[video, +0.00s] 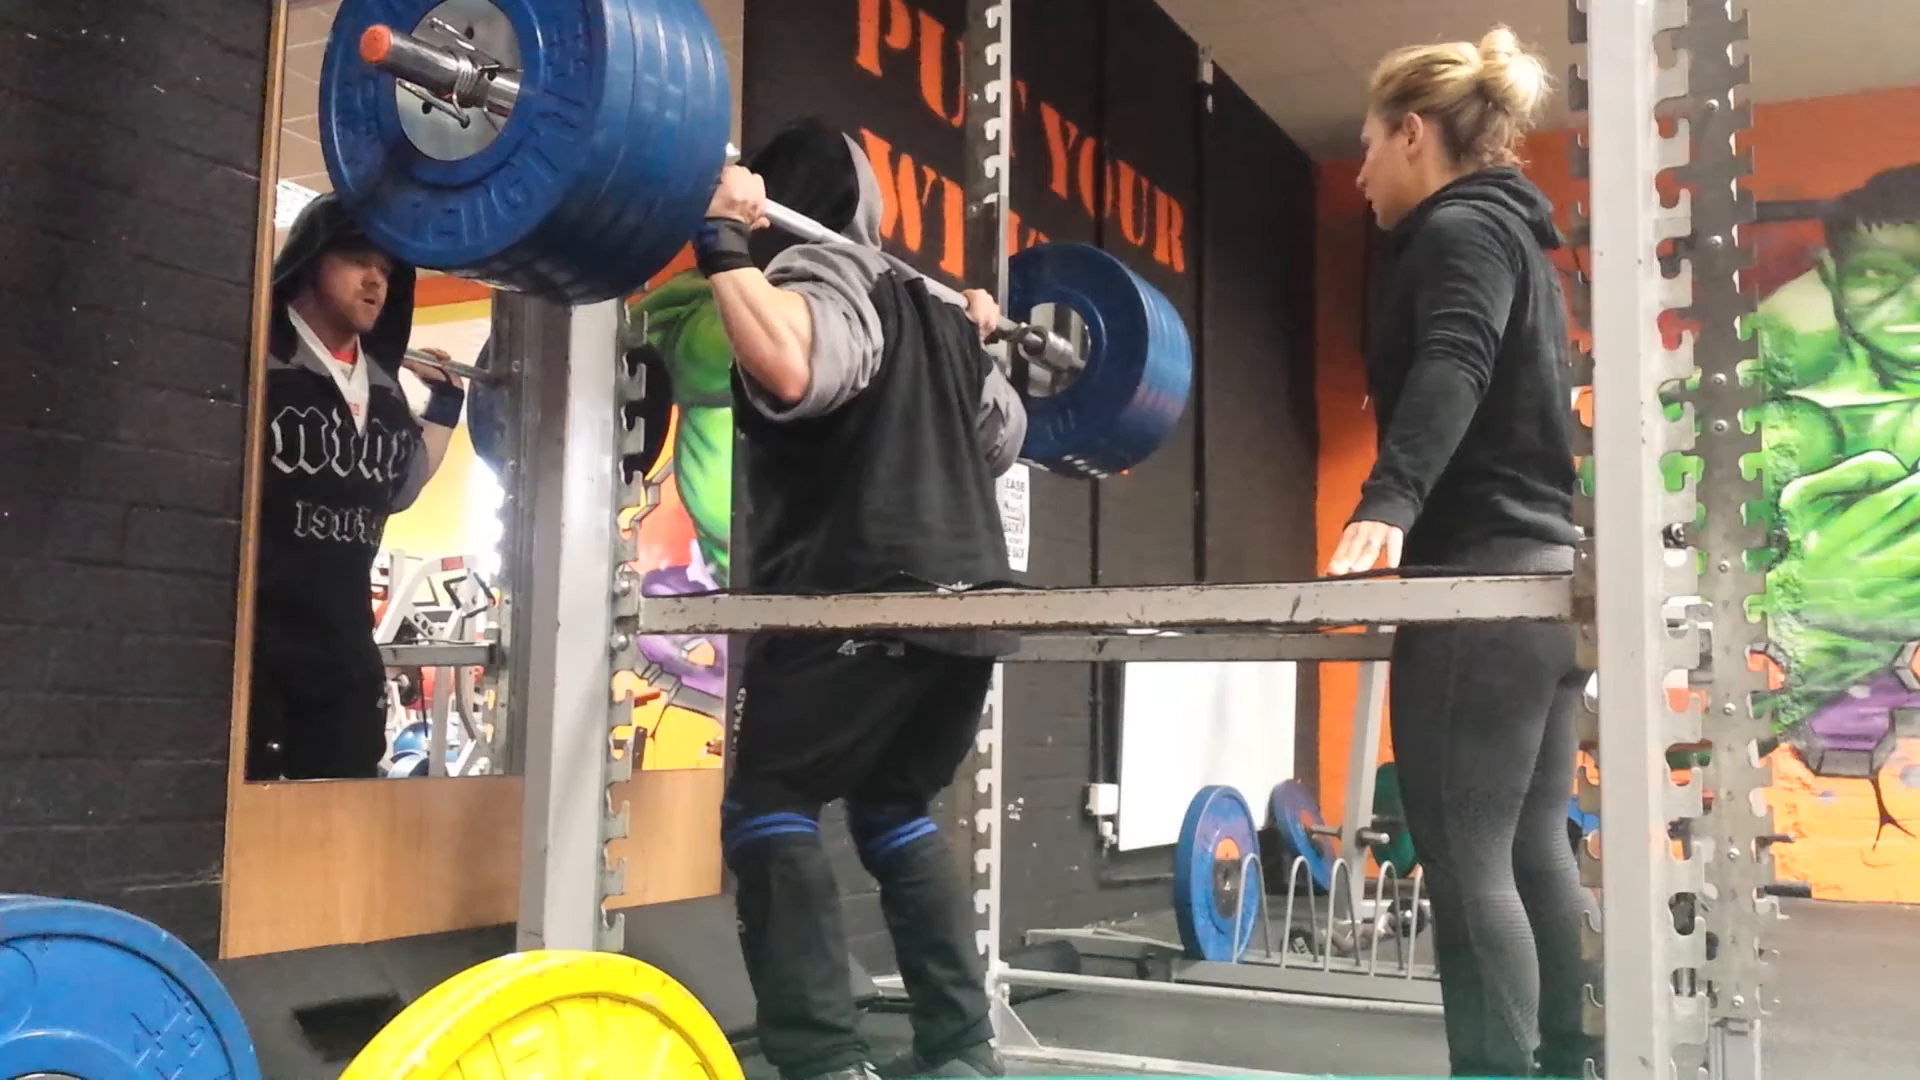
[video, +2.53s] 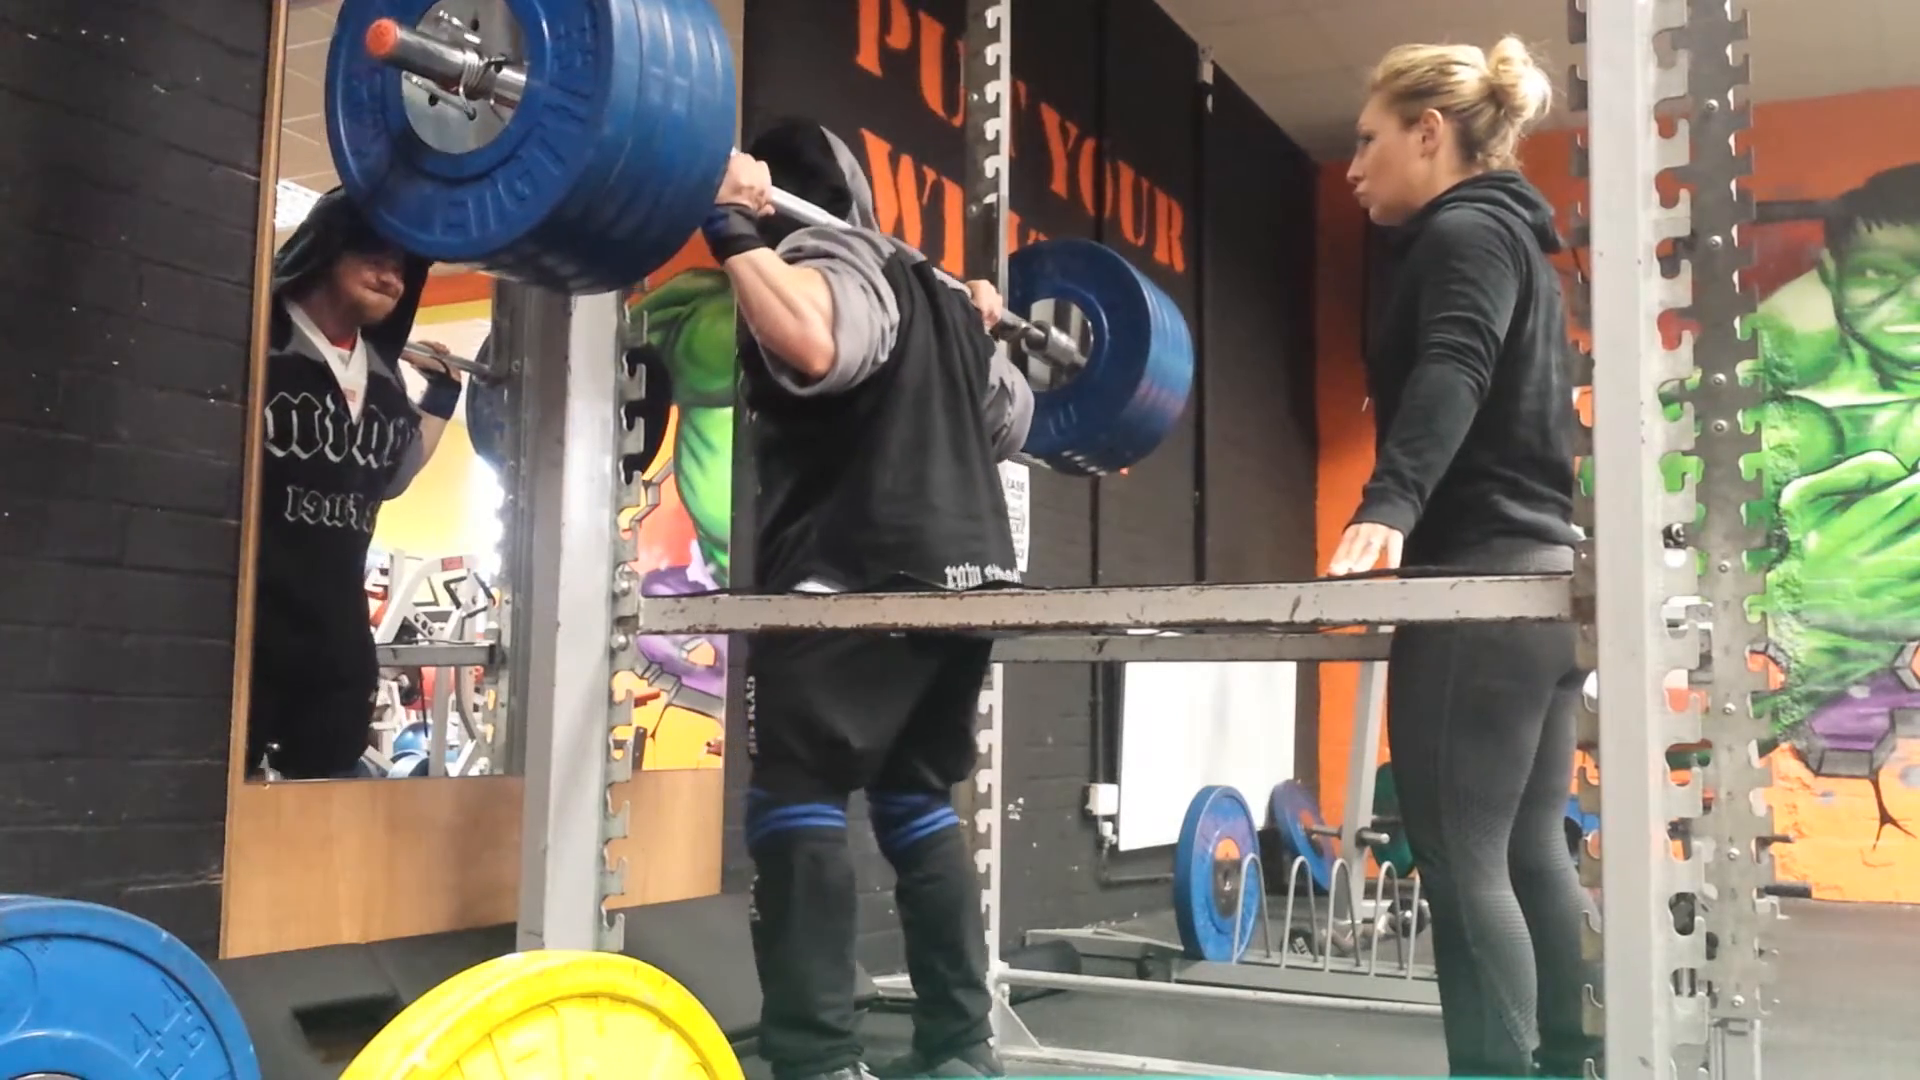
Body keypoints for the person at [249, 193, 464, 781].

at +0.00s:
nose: (377, 280)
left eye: (385, 269)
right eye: (357, 260)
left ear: (392, 288)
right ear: (309, 268)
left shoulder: (388, 390)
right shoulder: (257, 355)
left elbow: (400, 492)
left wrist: (447, 401)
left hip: (342, 629)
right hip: (253, 621)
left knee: (341, 808)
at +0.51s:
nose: (372, 280)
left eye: (382, 271)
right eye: (354, 261)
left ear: (388, 290)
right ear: (306, 267)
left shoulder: (387, 389)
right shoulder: (257, 356)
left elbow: (400, 491)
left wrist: (446, 403)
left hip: (347, 637)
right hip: (257, 628)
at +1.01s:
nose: (374, 323)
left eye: (386, 310)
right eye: (360, 302)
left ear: (397, 317)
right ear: (314, 292)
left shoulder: (381, 396)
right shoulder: (256, 367)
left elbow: (397, 490)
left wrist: (444, 402)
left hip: (338, 635)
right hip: (251, 628)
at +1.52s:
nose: (388, 302)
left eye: (395, 289)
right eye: (371, 280)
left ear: (403, 302)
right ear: (320, 278)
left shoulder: (383, 397)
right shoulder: (256, 361)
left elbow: (400, 492)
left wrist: (446, 400)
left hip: (341, 639)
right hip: (251, 630)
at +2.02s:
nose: (379, 282)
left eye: (390, 272)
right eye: (361, 263)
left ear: (400, 292)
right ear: (314, 269)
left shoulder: (392, 389)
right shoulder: (259, 355)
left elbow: (405, 492)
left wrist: (448, 401)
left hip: (354, 639)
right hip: (261, 628)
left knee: (356, 813)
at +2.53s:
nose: (388, 278)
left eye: (400, 269)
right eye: (372, 258)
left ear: (408, 288)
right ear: (327, 257)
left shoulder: (388, 379)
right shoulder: (256, 336)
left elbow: (392, 480)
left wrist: (443, 395)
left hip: (334, 620)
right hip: (247, 606)